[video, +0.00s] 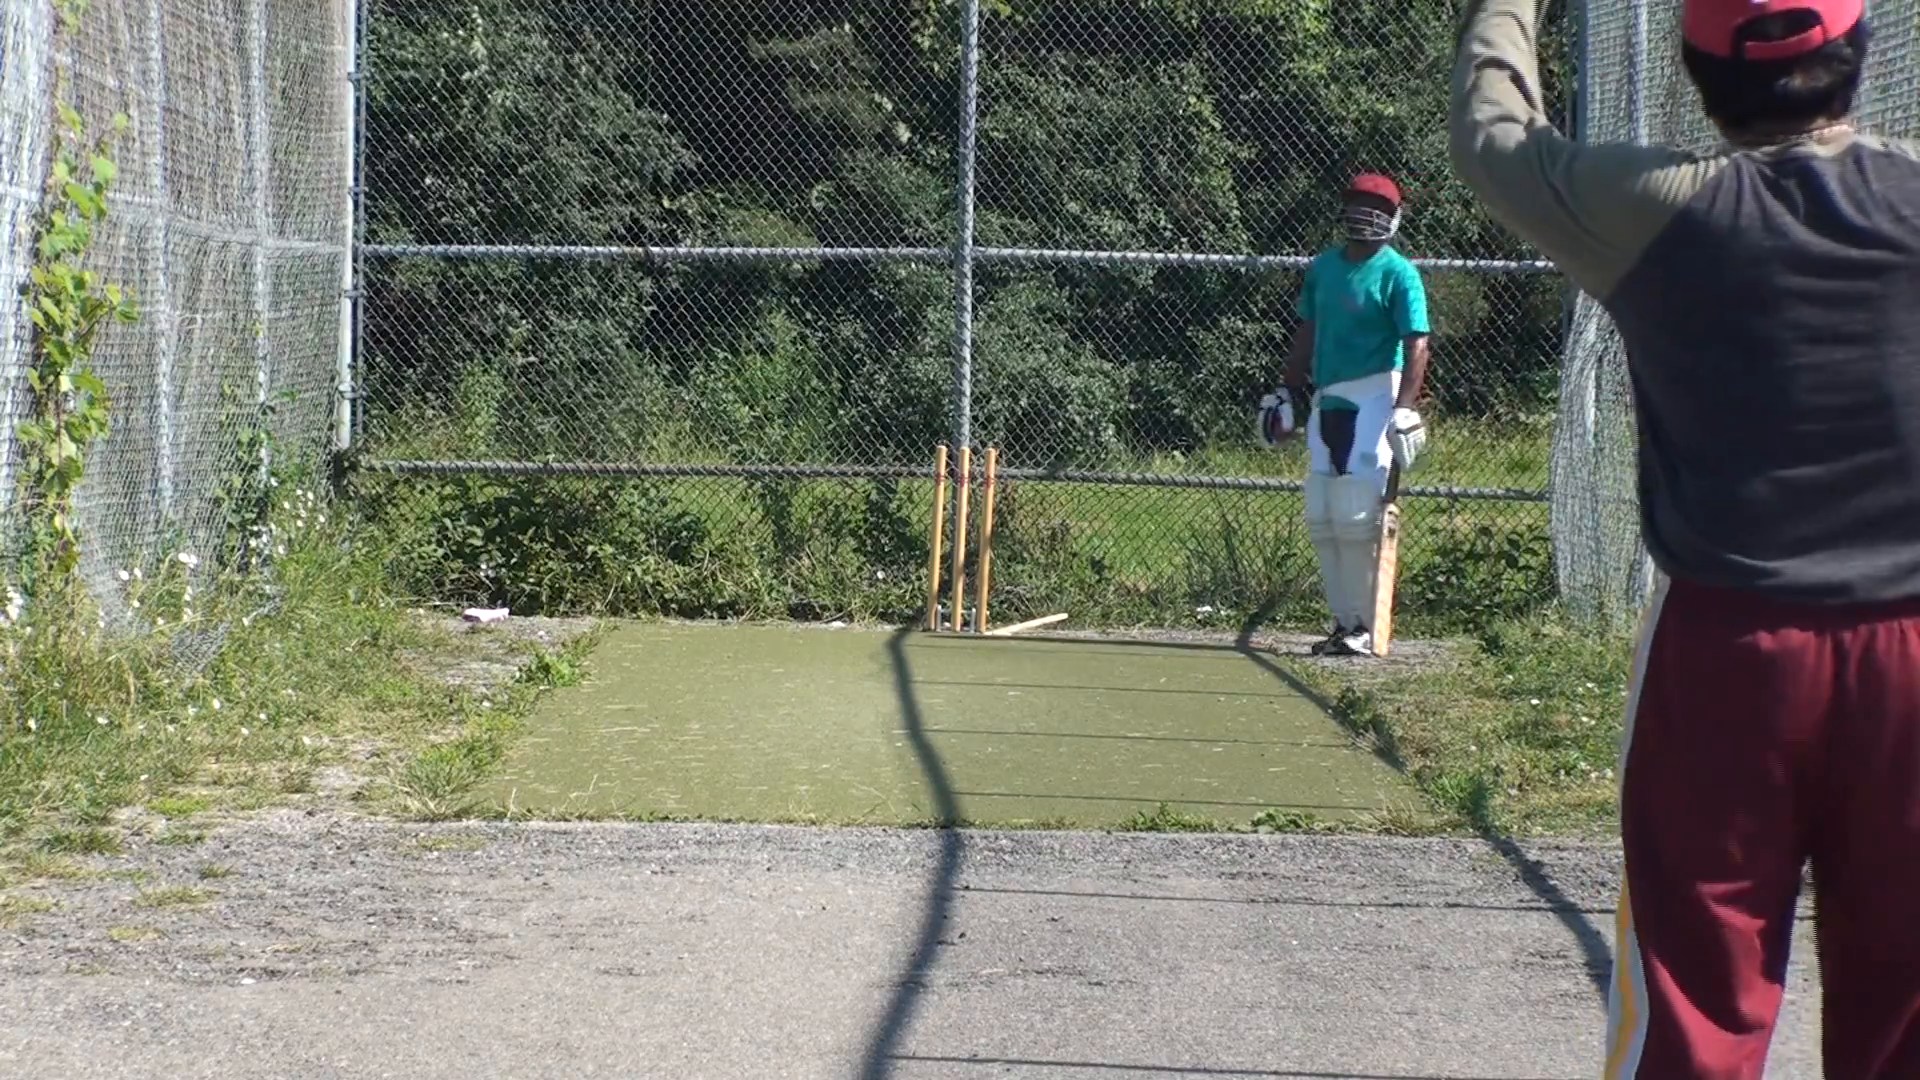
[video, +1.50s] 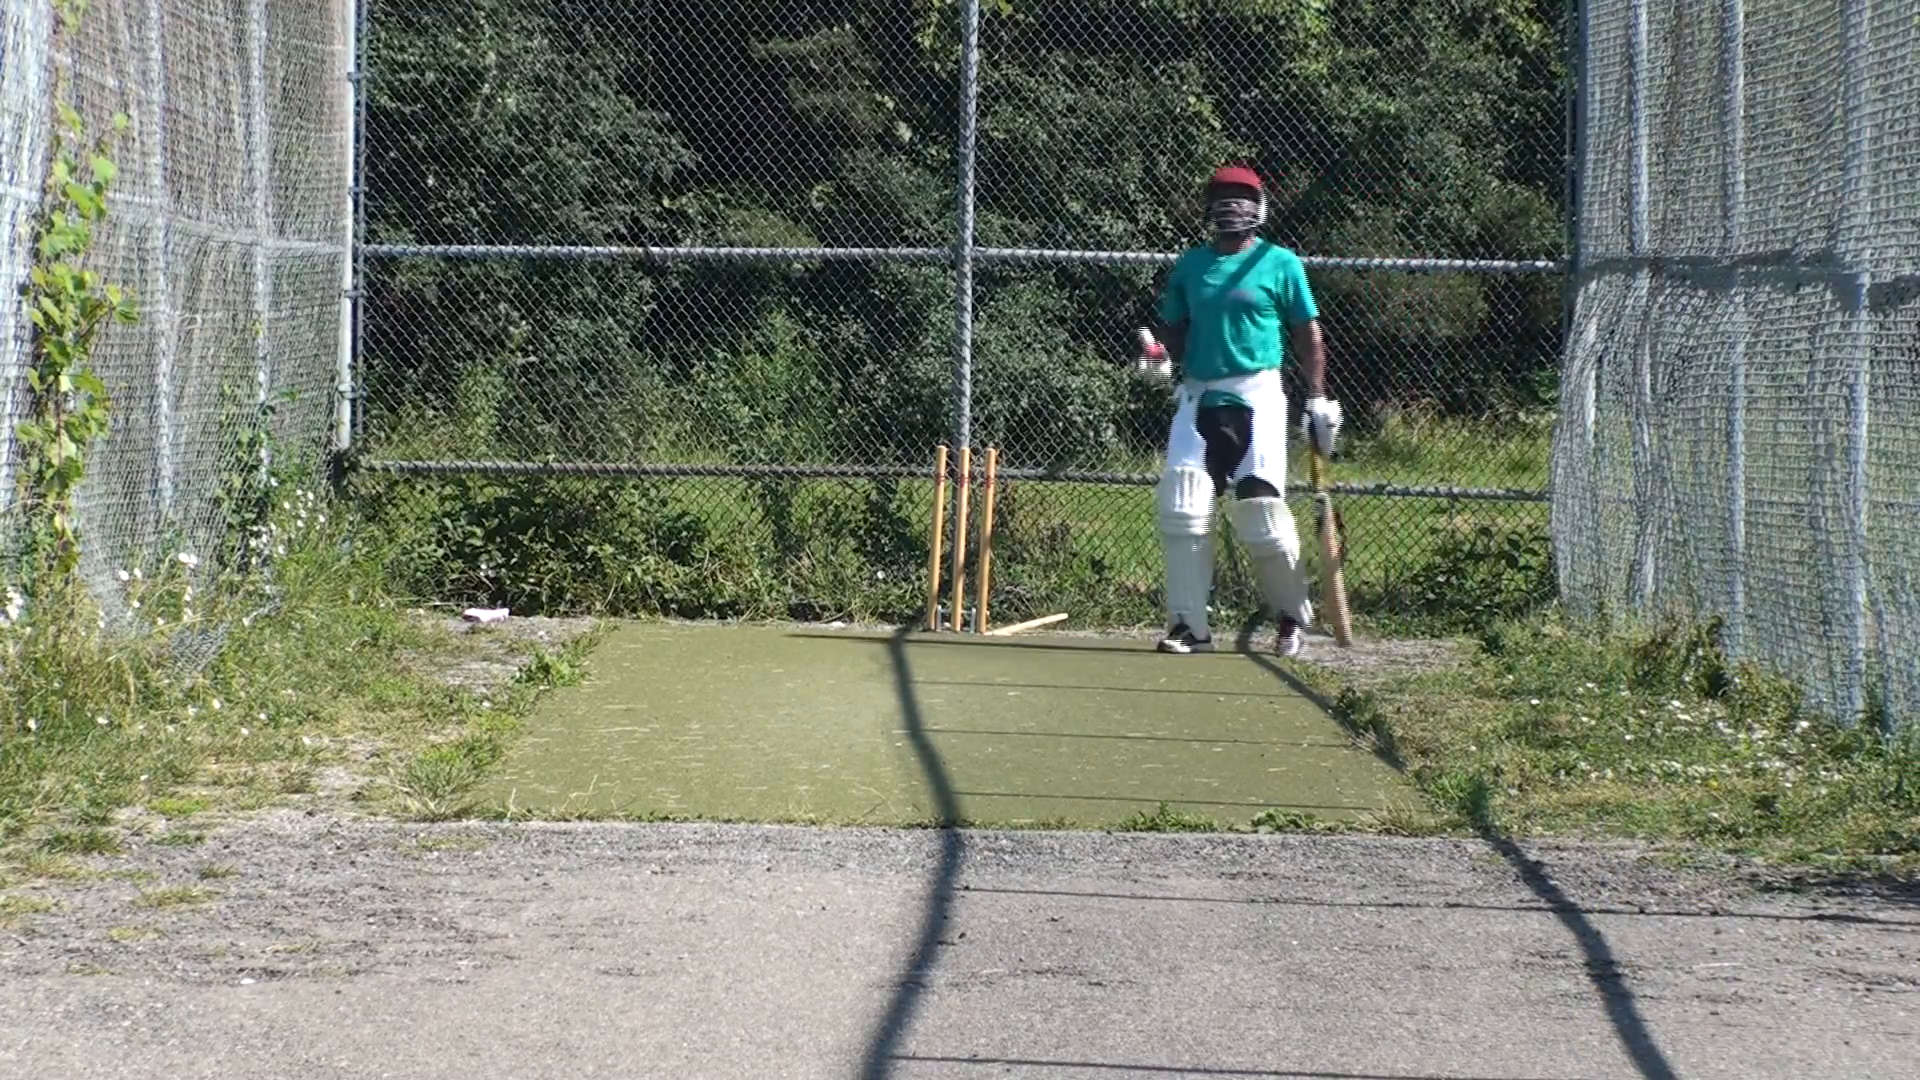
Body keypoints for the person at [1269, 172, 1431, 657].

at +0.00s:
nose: (1366, 218)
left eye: (1377, 212)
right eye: (1358, 208)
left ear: (1393, 221)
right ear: (1345, 213)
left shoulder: (1400, 273)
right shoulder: (1322, 267)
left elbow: (1418, 346)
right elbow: (1306, 333)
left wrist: (1405, 410)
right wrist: (1288, 391)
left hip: (1374, 398)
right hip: (1328, 398)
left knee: (1357, 516)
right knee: (1321, 516)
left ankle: (1365, 628)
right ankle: (1344, 624)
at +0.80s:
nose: (1311, 225)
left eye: (1321, 217)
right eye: (1302, 216)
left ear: (1338, 222)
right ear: (1290, 219)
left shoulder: (1353, 273)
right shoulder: (1272, 271)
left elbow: (1377, 346)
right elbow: (1258, 333)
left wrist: (1373, 413)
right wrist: (1241, 361)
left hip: (1332, 394)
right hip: (1282, 396)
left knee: (1307, 508)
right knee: (1266, 513)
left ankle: (1299, 631)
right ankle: (1335, 608)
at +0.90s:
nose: (1300, 221)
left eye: (1312, 213)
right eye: (1293, 212)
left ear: (1331, 217)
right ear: (1283, 214)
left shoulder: (1347, 272)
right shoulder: (1264, 268)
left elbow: (1369, 345)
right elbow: (1250, 334)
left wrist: (1365, 412)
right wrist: (1231, 356)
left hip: (1324, 396)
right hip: (1272, 396)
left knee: (1303, 508)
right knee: (1244, 508)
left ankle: (1301, 632)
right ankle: (1299, 600)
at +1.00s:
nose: (1296, 214)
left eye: (1307, 207)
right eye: (1288, 205)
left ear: (1325, 213)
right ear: (1277, 210)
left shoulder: (1341, 271)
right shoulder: (1257, 267)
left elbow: (1361, 346)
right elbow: (1245, 333)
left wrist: (1360, 412)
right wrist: (1223, 354)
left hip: (1318, 397)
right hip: (1263, 396)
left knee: (1302, 510)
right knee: (1229, 498)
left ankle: (1298, 632)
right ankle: (1257, 617)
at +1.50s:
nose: (1231, 209)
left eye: (1242, 201)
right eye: (1222, 201)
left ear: (1260, 209)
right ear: (1209, 210)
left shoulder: (1282, 264)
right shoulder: (1188, 265)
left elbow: (1309, 337)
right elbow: (1176, 336)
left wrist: (1317, 399)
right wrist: (1161, 356)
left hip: (1258, 394)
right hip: (1196, 395)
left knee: (1258, 506)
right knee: (1181, 510)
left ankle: (1290, 615)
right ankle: (1188, 624)